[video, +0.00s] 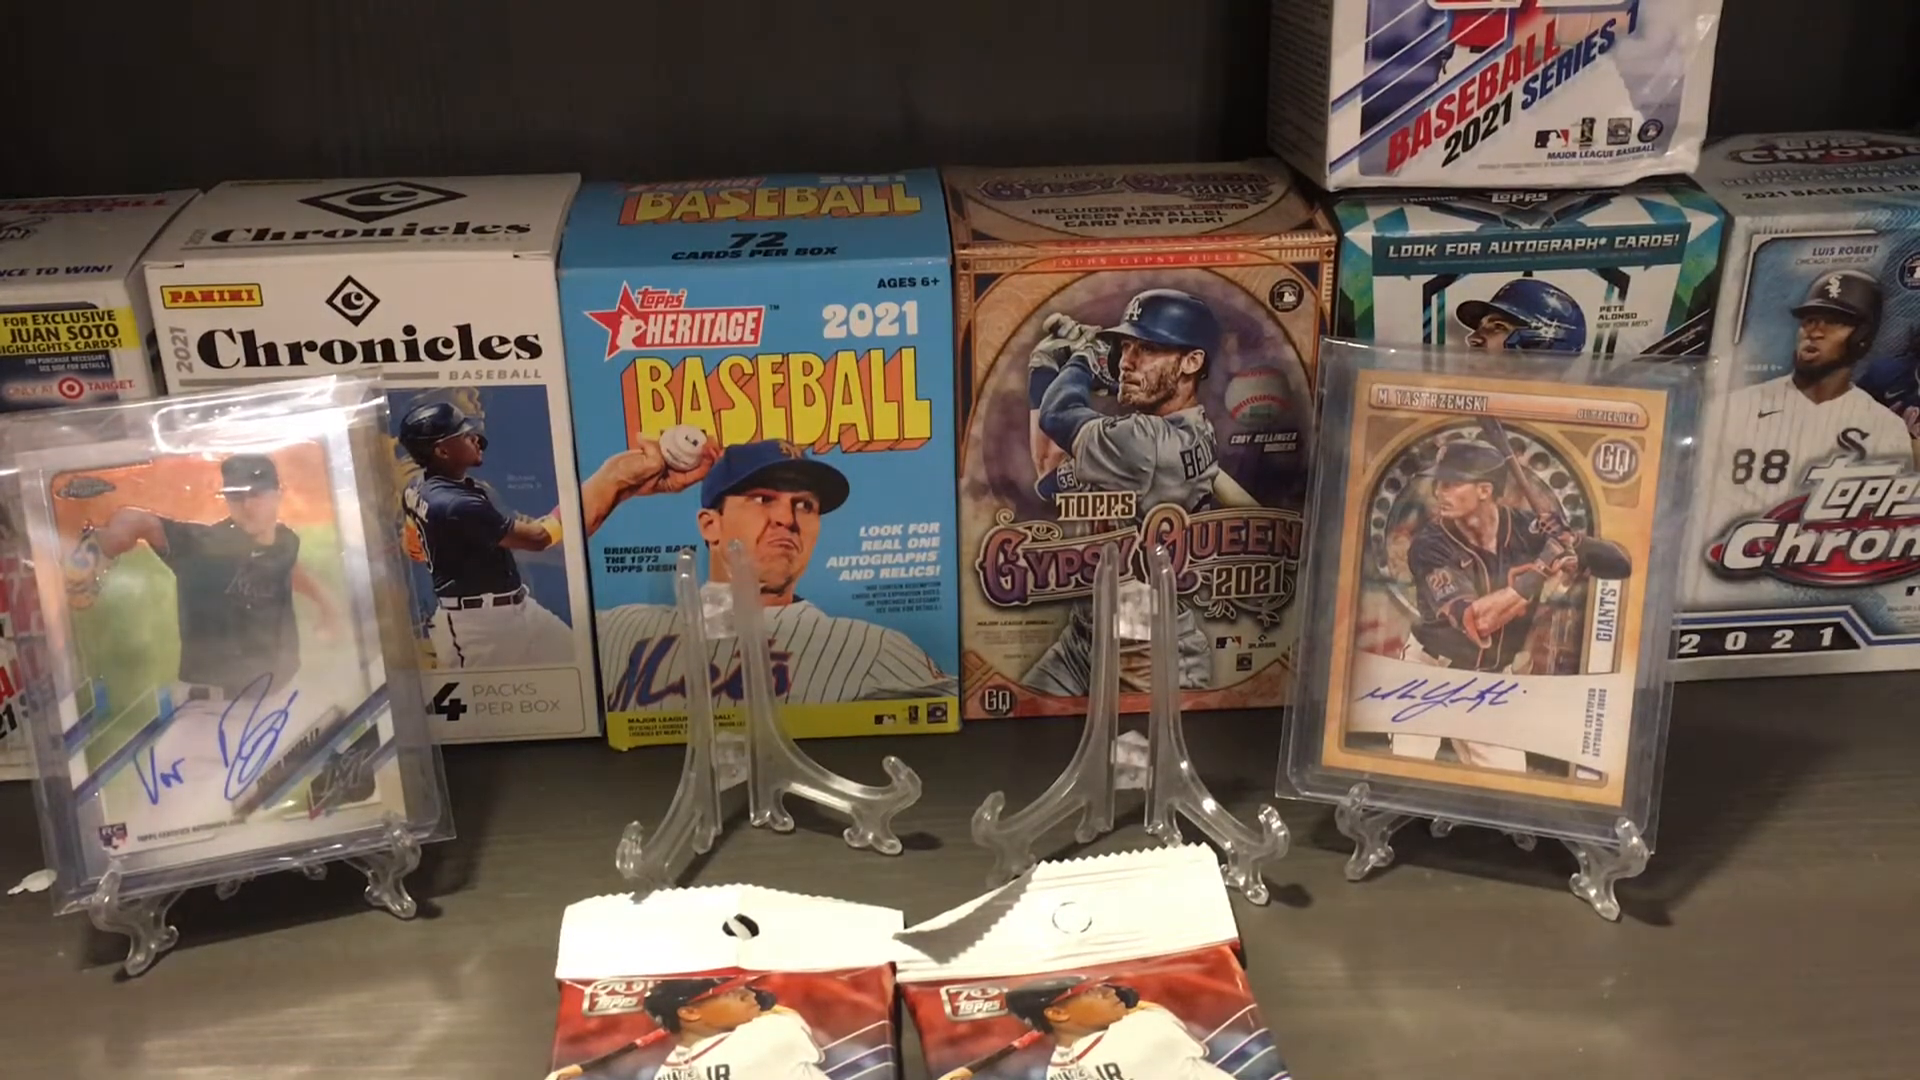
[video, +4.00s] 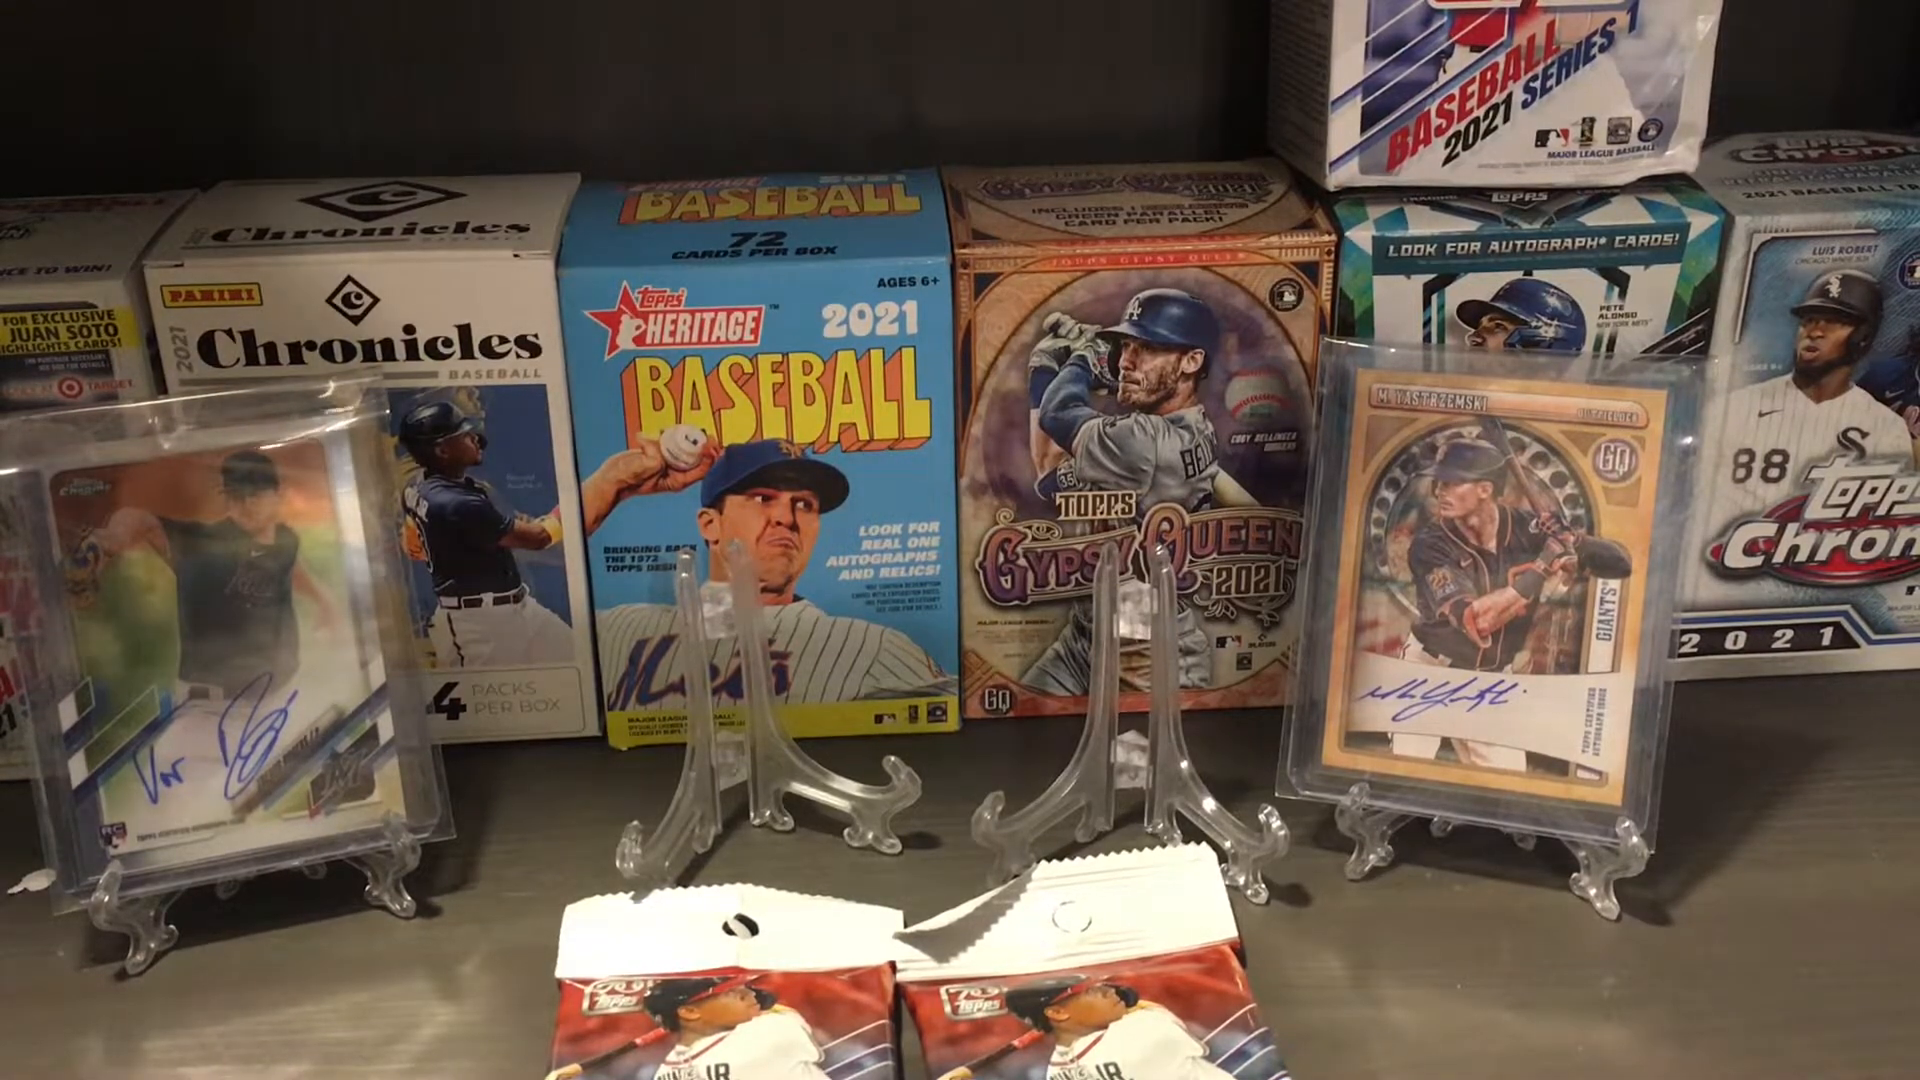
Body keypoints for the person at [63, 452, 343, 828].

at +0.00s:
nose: (247, 506)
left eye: (256, 494)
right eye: (236, 497)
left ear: (277, 495)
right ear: (226, 500)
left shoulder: (286, 542)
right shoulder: (198, 543)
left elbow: (287, 571)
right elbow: (134, 518)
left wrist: (325, 602)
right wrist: (99, 552)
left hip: (278, 702)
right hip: (211, 707)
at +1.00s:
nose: (254, 507)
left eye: (260, 496)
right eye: (244, 498)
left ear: (277, 495)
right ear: (231, 501)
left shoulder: (285, 542)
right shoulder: (199, 543)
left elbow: (291, 569)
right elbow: (138, 521)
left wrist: (323, 600)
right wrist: (106, 542)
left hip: (276, 694)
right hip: (214, 699)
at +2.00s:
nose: (249, 506)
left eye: (258, 496)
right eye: (239, 498)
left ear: (276, 495)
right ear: (228, 502)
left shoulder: (286, 541)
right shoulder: (202, 542)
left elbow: (291, 570)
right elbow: (144, 524)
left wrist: (322, 602)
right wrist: (110, 536)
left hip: (275, 685)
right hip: (215, 691)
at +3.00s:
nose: (247, 506)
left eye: (256, 495)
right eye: (237, 497)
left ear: (275, 495)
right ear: (227, 500)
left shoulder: (286, 540)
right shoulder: (202, 543)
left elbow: (291, 569)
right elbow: (141, 521)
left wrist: (324, 603)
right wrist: (110, 542)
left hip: (274, 685)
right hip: (213, 690)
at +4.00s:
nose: (246, 506)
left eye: (256, 496)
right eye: (237, 497)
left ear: (276, 496)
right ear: (227, 500)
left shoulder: (286, 541)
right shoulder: (201, 541)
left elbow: (291, 570)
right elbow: (134, 518)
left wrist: (323, 601)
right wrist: (117, 539)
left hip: (274, 686)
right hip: (212, 692)